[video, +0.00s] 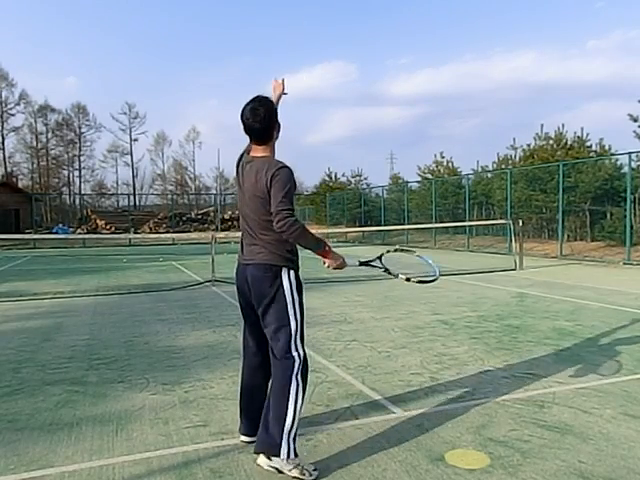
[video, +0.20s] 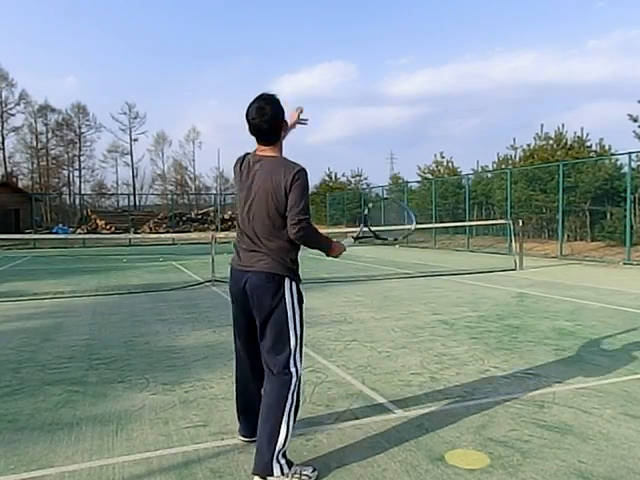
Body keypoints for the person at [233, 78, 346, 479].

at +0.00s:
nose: (273, 124)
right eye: (274, 121)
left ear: (246, 131)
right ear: (277, 128)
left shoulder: (244, 165)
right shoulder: (279, 172)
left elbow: (259, 135)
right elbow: (284, 222)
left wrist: (273, 101)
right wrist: (324, 249)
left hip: (246, 271)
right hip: (275, 272)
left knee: (256, 351)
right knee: (290, 358)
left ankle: (251, 427)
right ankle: (278, 450)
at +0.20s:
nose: (287, 122)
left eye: (285, 117)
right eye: (286, 118)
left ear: (252, 132)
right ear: (283, 128)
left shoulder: (243, 167)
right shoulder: (292, 173)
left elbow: (263, 150)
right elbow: (298, 228)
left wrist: (286, 126)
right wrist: (329, 246)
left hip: (240, 277)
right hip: (275, 280)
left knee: (248, 356)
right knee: (283, 368)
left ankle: (249, 425)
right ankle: (271, 463)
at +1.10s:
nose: (216, 137)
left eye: (218, 133)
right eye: (216, 131)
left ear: (181, 129)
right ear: (207, 132)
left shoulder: (196, 174)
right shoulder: (180, 166)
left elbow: (248, 168)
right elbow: (208, 152)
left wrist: (281, 134)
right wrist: (245, 107)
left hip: (156, 287)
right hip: (179, 291)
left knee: (162, 364)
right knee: (196, 380)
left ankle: (111, 436)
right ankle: (170, 464)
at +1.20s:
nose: (215, 148)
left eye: (217, 143)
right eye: (210, 142)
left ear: (177, 144)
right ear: (198, 144)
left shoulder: (201, 185)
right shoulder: (168, 180)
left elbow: (248, 179)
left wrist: (293, 156)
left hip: (155, 300)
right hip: (170, 305)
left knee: (157, 369)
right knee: (207, 389)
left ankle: (89, 429)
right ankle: (174, 466)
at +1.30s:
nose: (214, 155)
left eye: (214, 147)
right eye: (209, 147)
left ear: (173, 150)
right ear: (195, 151)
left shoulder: (196, 190)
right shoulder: (166, 190)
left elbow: (246, 188)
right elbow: (167, 202)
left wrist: (293, 177)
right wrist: (204, 152)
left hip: (142, 304)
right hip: (160, 310)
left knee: (148, 365)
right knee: (204, 385)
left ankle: (85, 425)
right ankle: (175, 466)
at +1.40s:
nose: (203, 161)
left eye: (201, 156)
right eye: (200, 156)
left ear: (167, 158)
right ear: (189, 160)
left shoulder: (178, 196)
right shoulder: (161, 198)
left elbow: (224, 194)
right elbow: (149, 226)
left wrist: (281, 185)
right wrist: (180, 190)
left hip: (130, 306)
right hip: (153, 312)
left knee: (142, 362)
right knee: (198, 382)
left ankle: (81, 424)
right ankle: (174, 466)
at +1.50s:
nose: (190, 159)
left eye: (187, 153)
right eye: (187, 153)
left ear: (155, 161)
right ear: (179, 158)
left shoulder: (169, 194)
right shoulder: (145, 202)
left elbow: (218, 191)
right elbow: (140, 228)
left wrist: (268, 184)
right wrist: (164, 213)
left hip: (118, 304)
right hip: (142, 310)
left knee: (134, 359)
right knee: (190, 378)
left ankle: (83, 425)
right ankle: (173, 465)